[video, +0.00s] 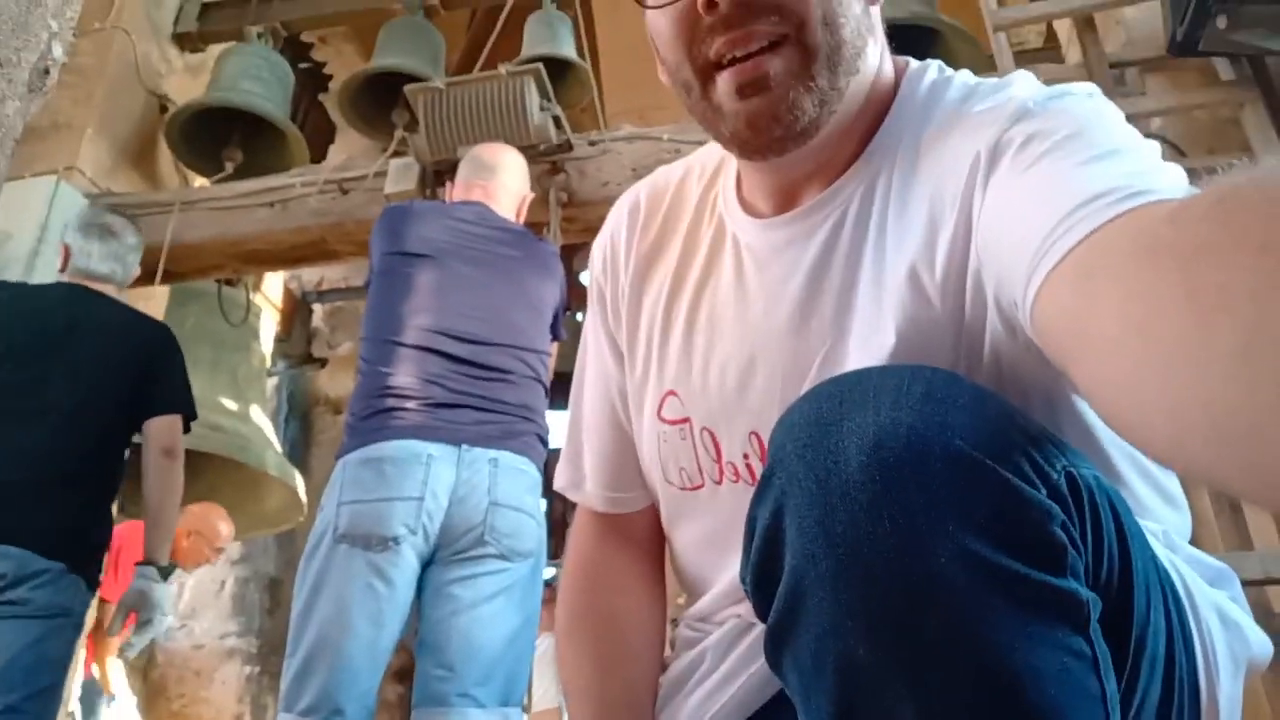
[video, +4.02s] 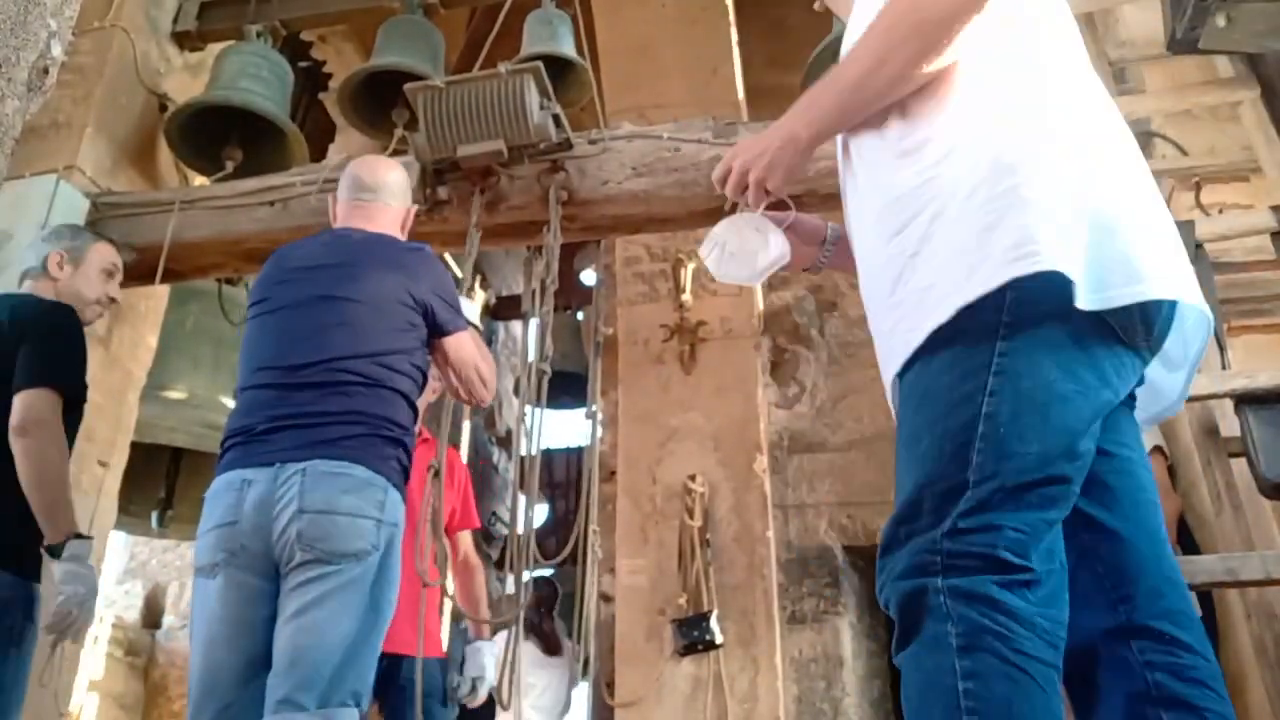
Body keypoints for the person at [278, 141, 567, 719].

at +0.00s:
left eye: (450, 187)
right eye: (527, 202)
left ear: (447, 190)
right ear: (526, 208)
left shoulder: (396, 222)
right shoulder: (548, 262)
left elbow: (400, 313)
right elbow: (545, 362)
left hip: (388, 461)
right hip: (510, 475)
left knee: (324, 702)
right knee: (473, 704)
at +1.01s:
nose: (400, 212)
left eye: (398, 206)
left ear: (403, 211)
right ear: (477, 223)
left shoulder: (353, 253)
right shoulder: (503, 275)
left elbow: (355, 353)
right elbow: (523, 402)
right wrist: (453, 371)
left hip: (344, 480)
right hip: (464, 488)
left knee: (293, 705)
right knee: (444, 706)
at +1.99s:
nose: (396, 225)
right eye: (397, 220)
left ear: (318, 227)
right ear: (394, 225)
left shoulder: (272, 279)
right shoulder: (408, 275)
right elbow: (477, 393)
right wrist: (447, 324)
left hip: (229, 494)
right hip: (340, 490)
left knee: (218, 710)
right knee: (313, 708)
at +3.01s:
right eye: (392, 209)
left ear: (313, 218)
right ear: (388, 213)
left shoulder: (267, 272)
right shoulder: (409, 270)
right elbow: (477, 391)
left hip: (234, 488)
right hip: (348, 487)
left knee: (215, 709)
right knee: (309, 707)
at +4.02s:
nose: (413, 223)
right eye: (413, 217)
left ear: (332, 209)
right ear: (407, 219)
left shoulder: (276, 265)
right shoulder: (417, 264)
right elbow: (480, 386)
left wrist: (430, 369)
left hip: (233, 489)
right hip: (347, 488)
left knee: (217, 709)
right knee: (310, 707)